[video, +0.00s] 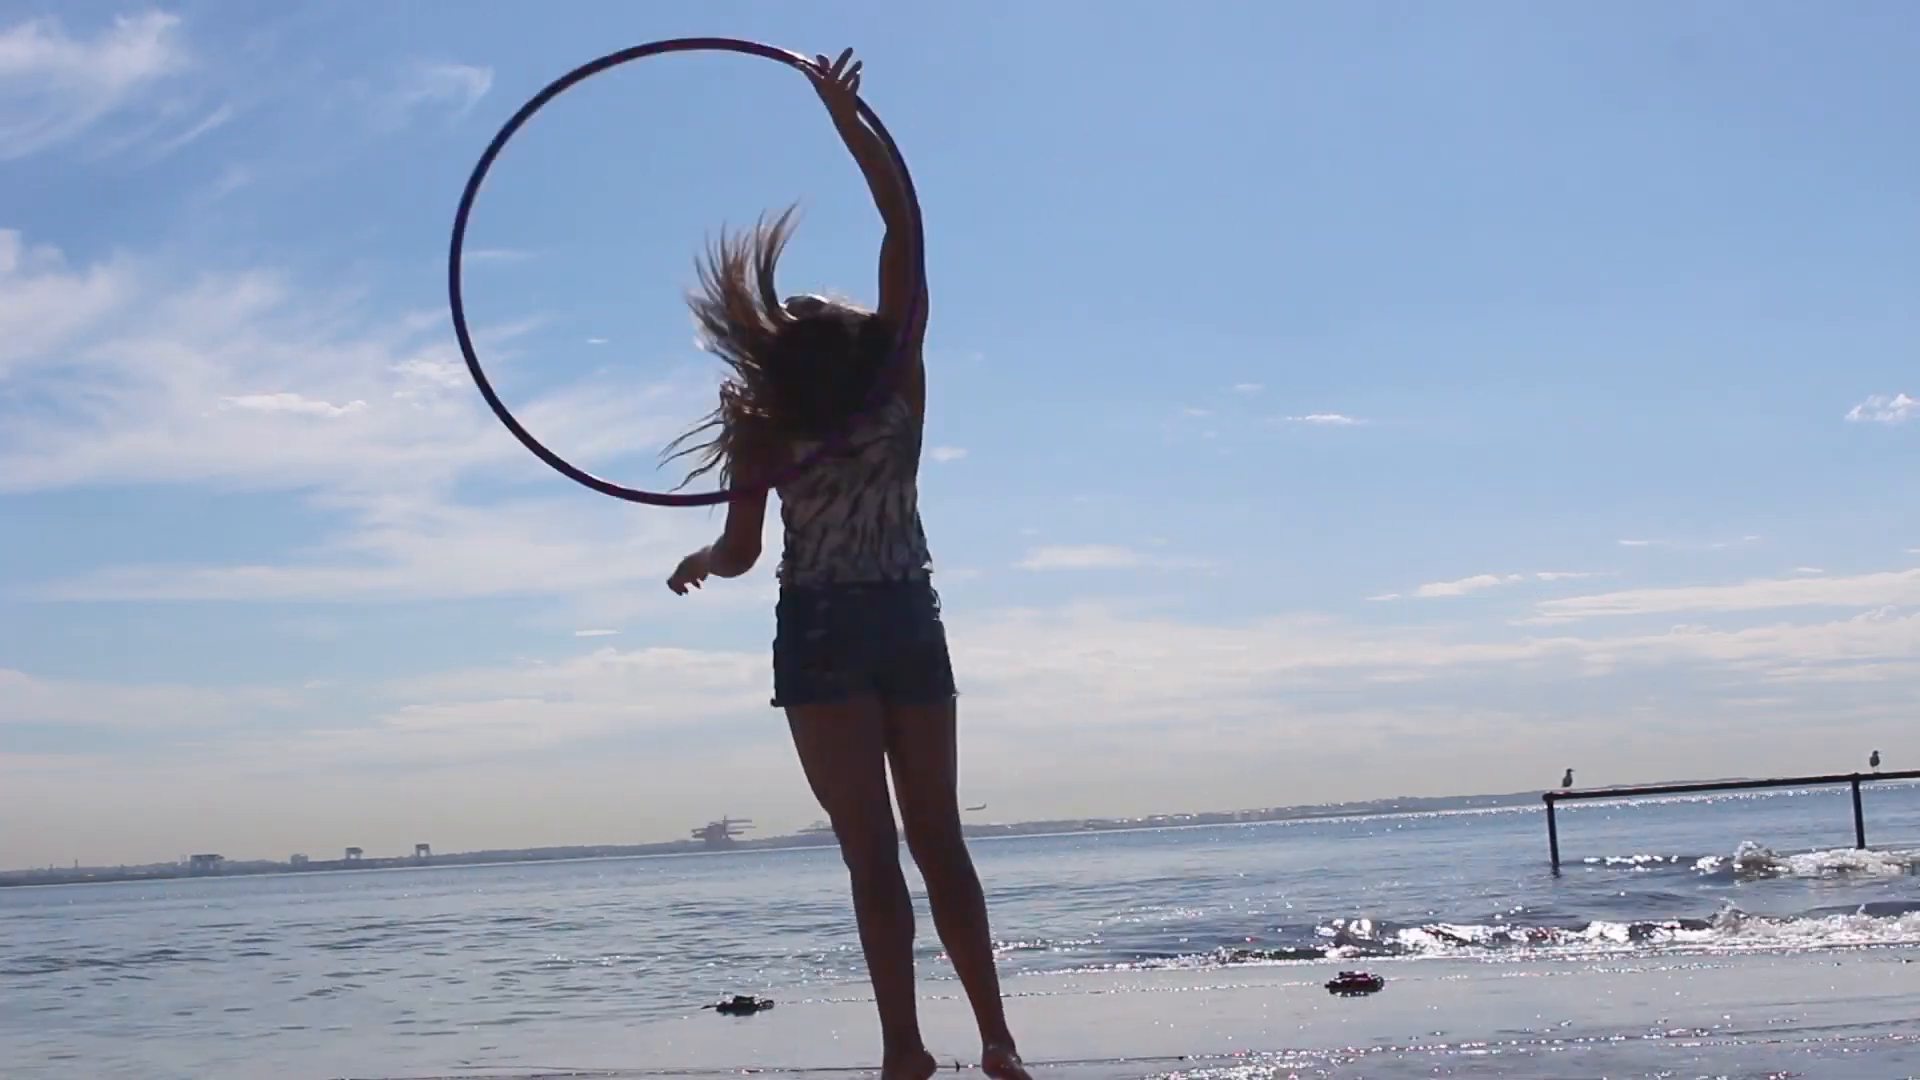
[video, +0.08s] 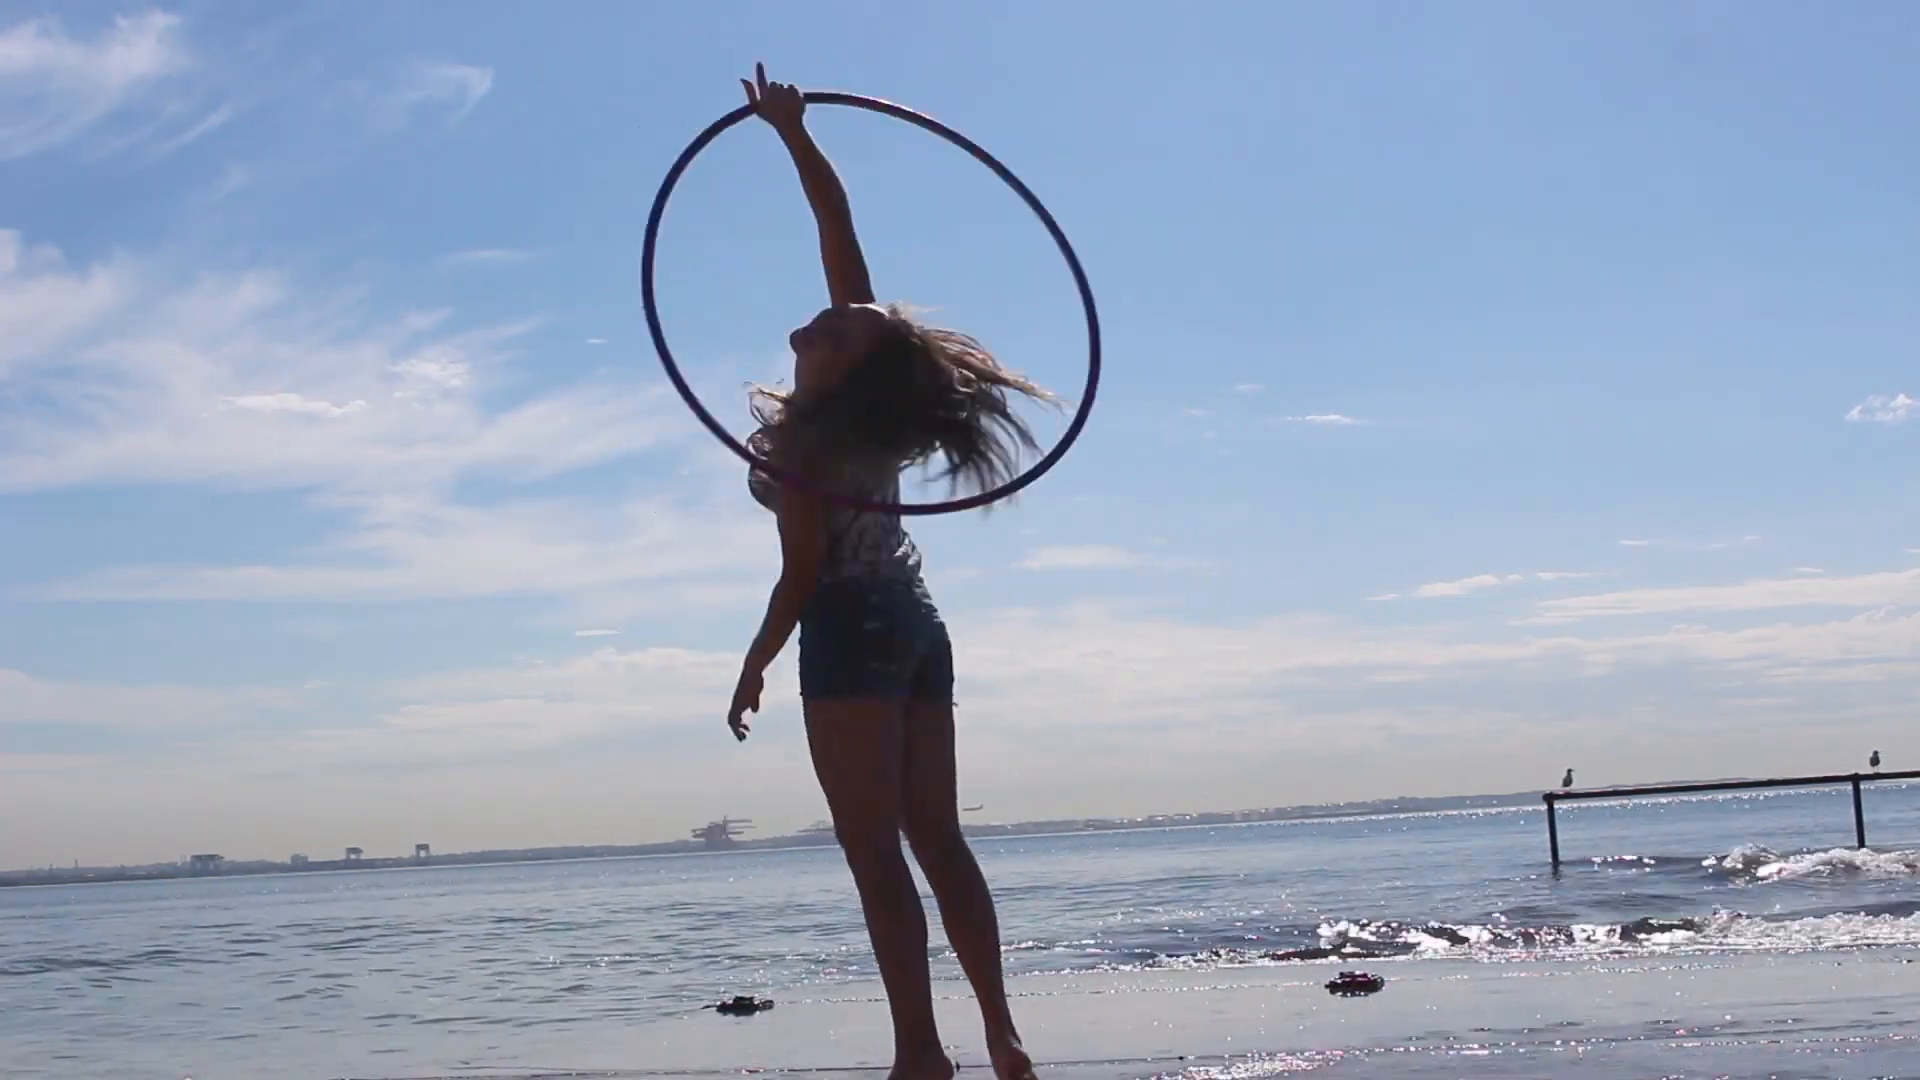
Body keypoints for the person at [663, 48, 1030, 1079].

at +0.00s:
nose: (818, 315)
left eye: (795, 322)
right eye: (836, 316)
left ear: (779, 358)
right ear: (860, 342)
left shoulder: (759, 417)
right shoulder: (896, 380)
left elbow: (745, 545)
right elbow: (902, 225)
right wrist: (850, 114)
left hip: (816, 634)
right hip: (909, 619)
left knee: (869, 853)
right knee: (942, 838)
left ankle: (905, 1051)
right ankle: (995, 1040)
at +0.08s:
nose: (817, 321)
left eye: (830, 332)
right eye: (835, 319)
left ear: (839, 372)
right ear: (847, 357)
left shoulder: (793, 441)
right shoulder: (876, 387)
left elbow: (803, 573)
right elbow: (837, 229)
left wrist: (756, 660)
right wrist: (792, 126)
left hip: (848, 639)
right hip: (920, 628)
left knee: (872, 852)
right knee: (940, 837)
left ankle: (919, 1052)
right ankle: (1002, 1038)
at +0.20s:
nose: (876, 310)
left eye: (896, 322)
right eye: (883, 305)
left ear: (897, 367)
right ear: (863, 326)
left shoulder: (868, 449)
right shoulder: (810, 369)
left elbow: (900, 596)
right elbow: (732, 278)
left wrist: (846, 714)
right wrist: (724, 216)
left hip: (909, 660)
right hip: (861, 658)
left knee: (873, 861)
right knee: (882, 866)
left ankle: (912, 1059)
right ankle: (1035, 1013)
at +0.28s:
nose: (878, 340)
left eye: (895, 341)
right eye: (867, 329)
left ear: (901, 377)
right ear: (833, 352)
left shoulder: (904, 455)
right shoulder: (798, 416)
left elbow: (981, 574)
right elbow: (687, 372)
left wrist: (969, 679)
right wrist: (700, 297)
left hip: (926, 683)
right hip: (848, 687)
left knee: (880, 890)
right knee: (839, 897)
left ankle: (907, 1068)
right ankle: (1001, 987)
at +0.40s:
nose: (880, 366)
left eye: (895, 356)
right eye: (864, 355)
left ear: (920, 378)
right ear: (840, 375)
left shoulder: (956, 480)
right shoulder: (808, 476)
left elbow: (1042, 573)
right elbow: (698, 536)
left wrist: (1130, 650)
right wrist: (669, 498)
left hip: (937, 707)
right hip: (847, 711)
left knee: (870, 896)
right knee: (814, 915)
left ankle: (903, 1062)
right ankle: (897, 981)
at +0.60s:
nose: (891, 356)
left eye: (900, 339)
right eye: (871, 348)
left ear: (925, 347)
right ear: (845, 366)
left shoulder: (966, 446)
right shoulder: (822, 469)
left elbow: (1035, 540)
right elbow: (757, 585)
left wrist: (1086, 639)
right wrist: (743, 562)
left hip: (954, 679)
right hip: (867, 688)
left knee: (881, 859)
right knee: (863, 900)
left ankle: (890, 1053)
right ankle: (1006, 979)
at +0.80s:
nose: (885, 390)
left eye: (896, 372)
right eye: (868, 381)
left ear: (924, 375)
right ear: (853, 394)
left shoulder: (979, 467)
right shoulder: (850, 487)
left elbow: (1016, 542)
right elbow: (806, 588)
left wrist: (967, 606)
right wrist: (823, 501)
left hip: (979, 698)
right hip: (889, 709)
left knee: (916, 886)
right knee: (991, 894)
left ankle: (872, 1070)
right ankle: (1080, 1052)